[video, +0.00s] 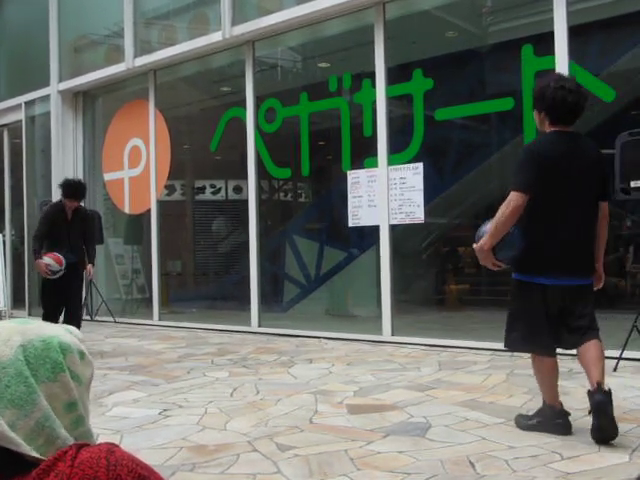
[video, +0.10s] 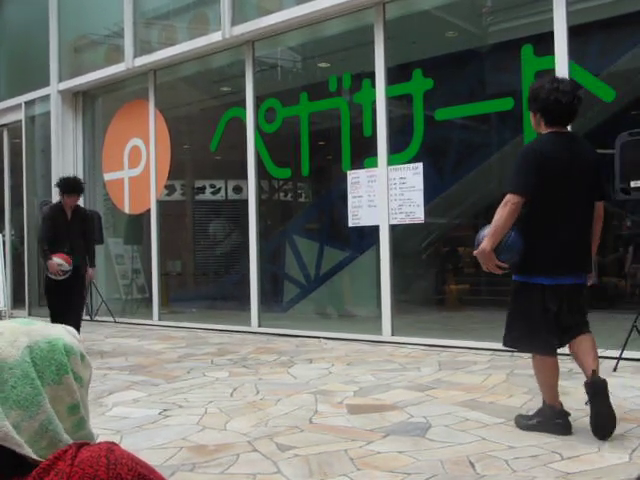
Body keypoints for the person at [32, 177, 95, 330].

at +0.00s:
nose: (72, 205)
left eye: (76, 202)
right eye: (69, 201)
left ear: (81, 200)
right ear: (63, 197)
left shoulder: (85, 215)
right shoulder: (51, 212)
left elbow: (89, 241)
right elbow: (38, 237)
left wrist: (90, 262)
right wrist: (37, 259)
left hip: (75, 268)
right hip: (52, 267)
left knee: (74, 314)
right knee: (51, 313)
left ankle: (69, 349)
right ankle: (47, 348)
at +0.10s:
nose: (73, 201)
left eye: (75, 197)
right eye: (70, 197)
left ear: (79, 197)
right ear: (62, 196)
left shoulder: (85, 215)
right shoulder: (50, 213)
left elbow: (90, 243)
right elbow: (43, 240)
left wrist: (91, 266)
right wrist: (48, 260)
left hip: (78, 269)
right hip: (55, 268)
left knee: (74, 312)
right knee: (57, 311)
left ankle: (72, 348)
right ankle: (59, 347)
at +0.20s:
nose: (73, 197)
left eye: (74, 194)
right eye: (68, 194)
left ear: (77, 194)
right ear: (59, 195)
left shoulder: (83, 216)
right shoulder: (50, 217)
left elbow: (89, 243)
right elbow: (48, 243)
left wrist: (90, 266)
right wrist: (57, 262)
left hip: (80, 272)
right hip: (58, 272)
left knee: (76, 317)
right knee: (63, 317)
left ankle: (74, 352)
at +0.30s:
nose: (70, 197)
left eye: (72, 193)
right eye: (66, 194)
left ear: (75, 193)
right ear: (57, 196)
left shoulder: (82, 215)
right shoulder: (51, 218)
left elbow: (89, 241)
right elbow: (51, 246)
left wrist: (92, 264)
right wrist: (64, 264)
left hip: (83, 267)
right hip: (63, 267)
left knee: (81, 306)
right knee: (67, 307)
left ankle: (79, 340)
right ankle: (67, 341)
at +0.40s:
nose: (69, 196)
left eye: (71, 192)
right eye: (65, 193)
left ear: (73, 193)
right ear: (56, 196)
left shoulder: (84, 215)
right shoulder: (52, 219)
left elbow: (91, 241)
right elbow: (53, 245)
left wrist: (95, 263)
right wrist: (64, 263)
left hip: (85, 264)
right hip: (64, 266)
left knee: (84, 302)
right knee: (67, 303)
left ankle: (85, 336)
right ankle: (68, 337)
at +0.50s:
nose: (69, 194)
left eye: (70, 190)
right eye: (64, 191)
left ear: (74, 191)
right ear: (56, 195)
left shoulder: (86, 214)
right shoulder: (52, 218)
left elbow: (95, 240)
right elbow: (51, 244)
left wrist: (98, 261)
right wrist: (61, 263)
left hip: (86, 264)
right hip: (64, 266)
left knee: (86, 301)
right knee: (67, 304)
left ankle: (89, 333)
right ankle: (69, 336)